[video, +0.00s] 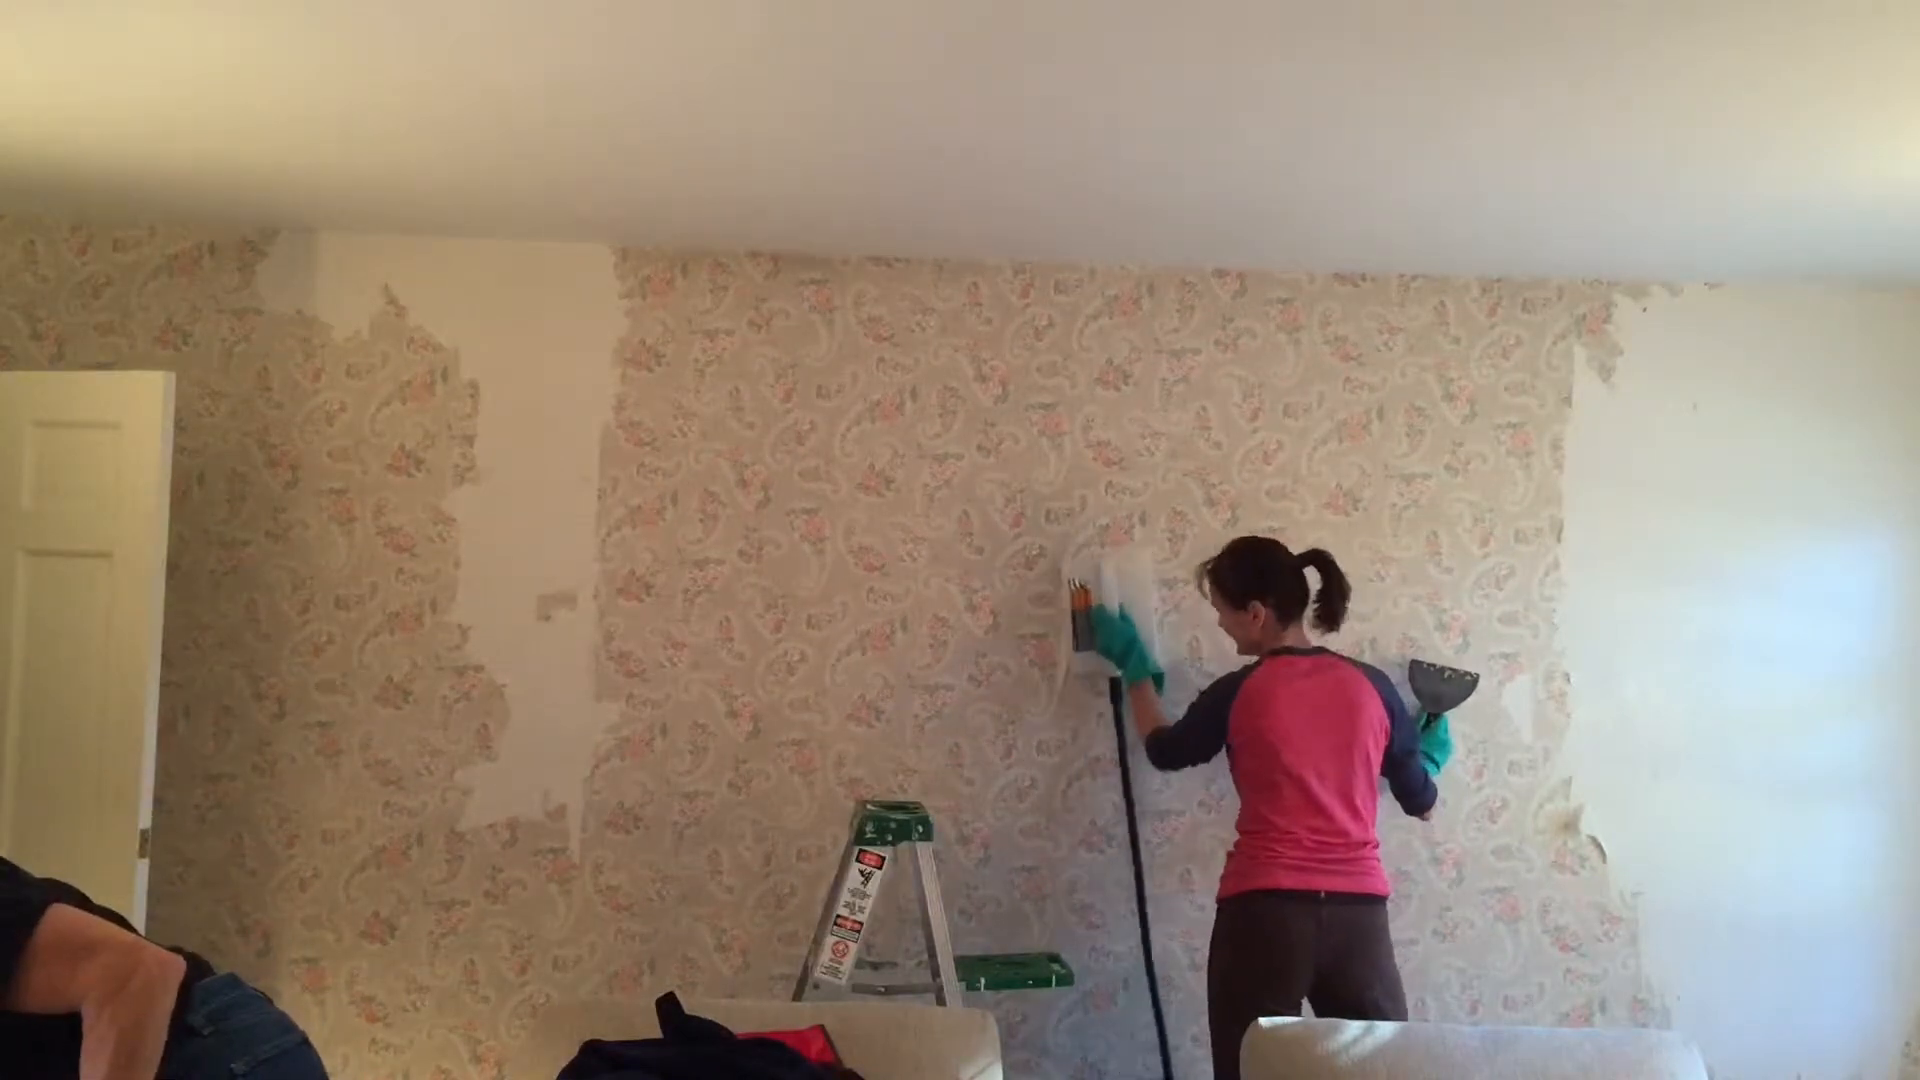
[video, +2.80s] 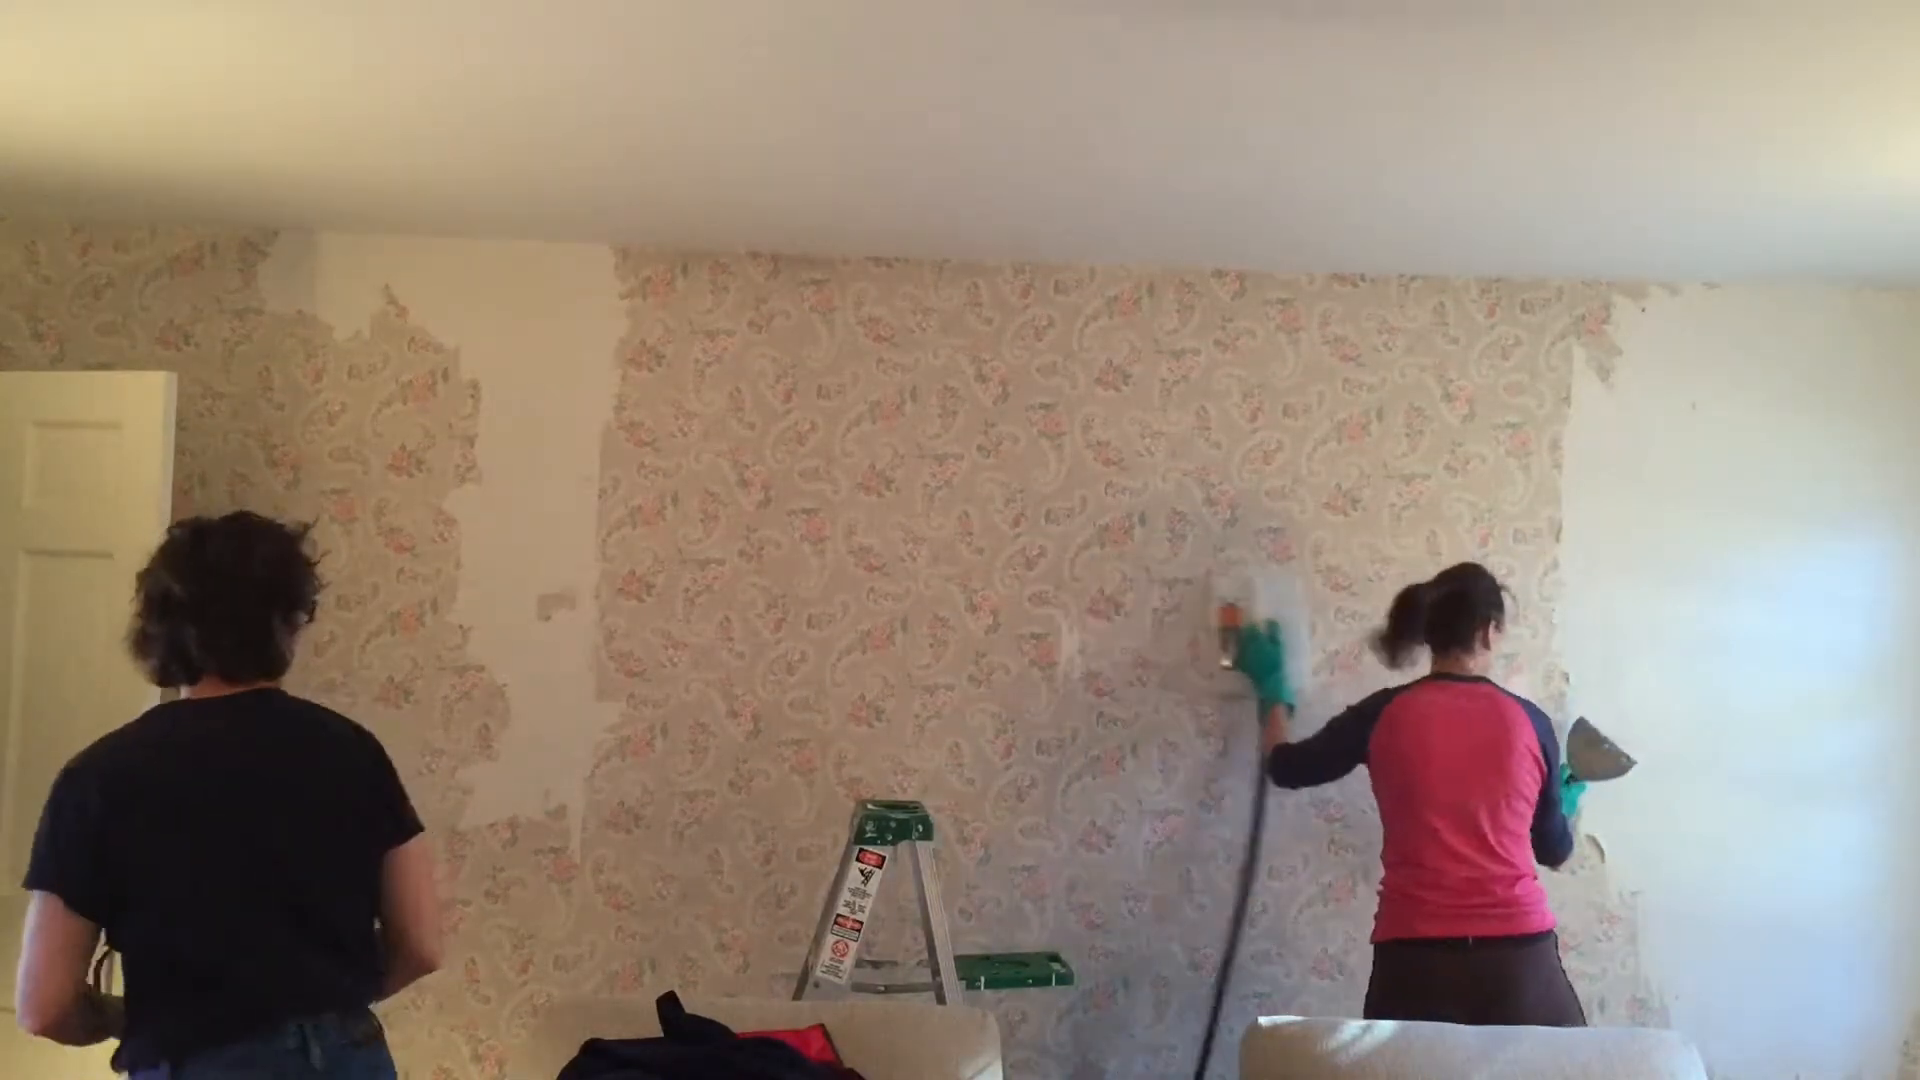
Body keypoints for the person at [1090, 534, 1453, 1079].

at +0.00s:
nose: (1218, 622)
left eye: (1221, 609)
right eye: (1216, 609)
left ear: (1257, 613)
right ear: (1296, 607)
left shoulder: (1239, 690)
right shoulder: (1374, 688)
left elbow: (1164, 750)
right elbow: (1418, 799)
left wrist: (1135, 672)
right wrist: (1430, 755)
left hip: (1261, 923)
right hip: (1359, 925)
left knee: (1247, 1074)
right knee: (1384, 1073)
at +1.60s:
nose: (1282, 618)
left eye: (1289, 601)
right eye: (1282, 601)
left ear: (1332, 604)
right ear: (1339, 604)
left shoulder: (1295, 687)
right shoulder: (1434, 694)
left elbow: (1182, 718)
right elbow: (1500, 820)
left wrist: (1130, 659)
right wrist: (1485, 769)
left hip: (1298, 931)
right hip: (1402, 939)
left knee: (1276, 1067)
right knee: (1431, 1075)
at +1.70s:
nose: (1303, 616)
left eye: (1310, 600)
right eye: (1304, 600)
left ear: (1353, 604)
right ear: (1369, 603)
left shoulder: (1314, 686)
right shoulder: (1458, 693)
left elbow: (1194, 710)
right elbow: (1529, 818)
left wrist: (1128, 655)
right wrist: (1533, 784)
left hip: (1324, 928)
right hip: (1428, 935)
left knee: (1292, 1073)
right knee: (1453, 1076)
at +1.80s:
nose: (1330, 617)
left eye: (1334, 603)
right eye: (1329, 603)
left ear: (1373, 604)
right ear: (1401, 605)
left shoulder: (1336, 687)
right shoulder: (1481, 695)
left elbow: (1211, 706)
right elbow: (1556, 814)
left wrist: (1137, 658)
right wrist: (1578, 797)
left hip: (1357, 933)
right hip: (1461, 938)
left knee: (1319, 1069)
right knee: (1483, 1074)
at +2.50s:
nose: (1387, 597)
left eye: (1389, 585)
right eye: (1394, 582)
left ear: (1395, 597)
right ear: (1464, 600)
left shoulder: (1357, 690)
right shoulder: (1506, 693)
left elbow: (1232, 723)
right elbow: (1576, 808)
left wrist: (1163, 659)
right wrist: (1593, 779)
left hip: (1397, 933)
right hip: (1502, 931)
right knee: (1531, 1079)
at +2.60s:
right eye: (1474, 602)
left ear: (1398, 608)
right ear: (1467, 612)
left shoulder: (1361, 697)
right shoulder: (1509, 699)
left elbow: (1246, 741)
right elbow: (1557, 811)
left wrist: (1196, 670)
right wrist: (1577, 777)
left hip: (1402, 942)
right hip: (1507, 939)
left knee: (1391, 1077)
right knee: (1545, 1077)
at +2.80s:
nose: (1501, 640)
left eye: (1501, 628)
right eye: (1501, 629)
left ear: (1429, 630)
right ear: (1488, 633)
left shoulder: (1382, 712)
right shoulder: (1528, 721)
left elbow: (1285, 767)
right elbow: (1553, 851)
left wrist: (1275, 699)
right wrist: (1566, 802)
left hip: (1411, 971)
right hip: (1519, 970)